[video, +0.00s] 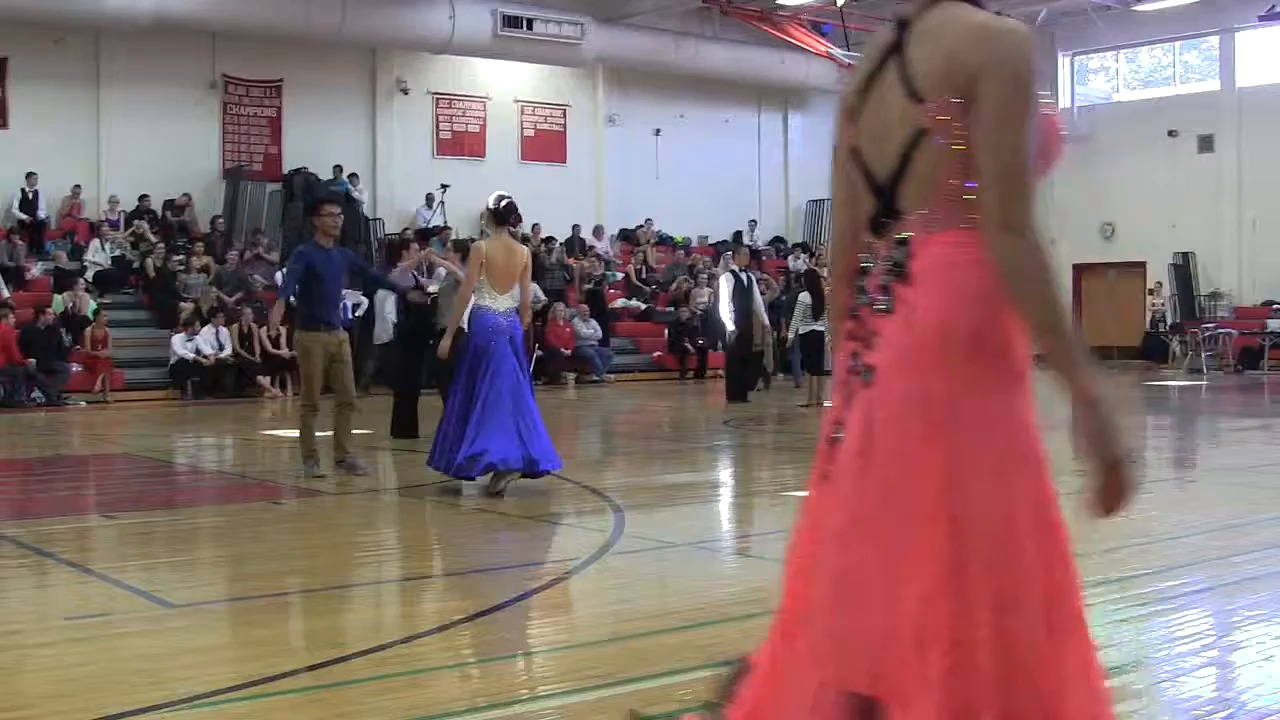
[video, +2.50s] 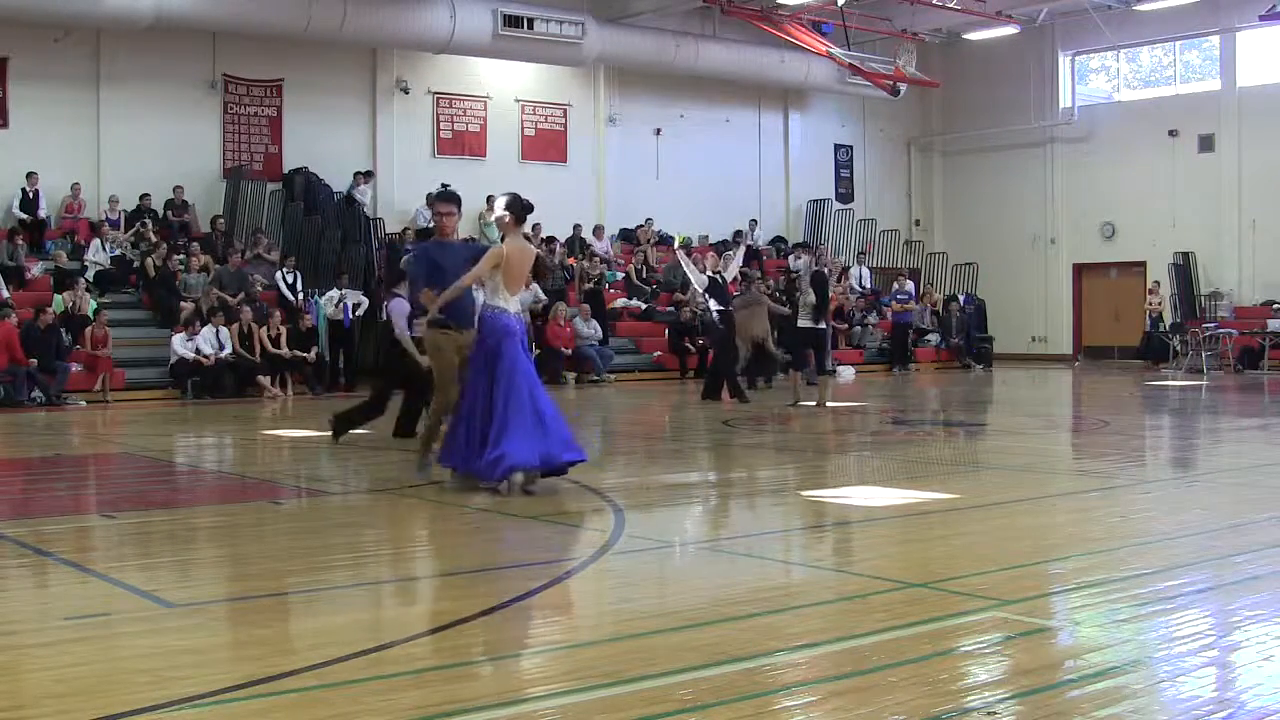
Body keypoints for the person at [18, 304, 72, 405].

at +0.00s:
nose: (52, 317)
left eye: (53, 314)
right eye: (49, 314)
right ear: (41, 316)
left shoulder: (54, 330)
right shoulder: (28, 330)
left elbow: (60, 348)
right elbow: (23, 348)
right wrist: (27, 359)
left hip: (50, 360)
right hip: (34, 361)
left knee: (64, 369)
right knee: (31, 372)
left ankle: (50, 394)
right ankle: (54, 394)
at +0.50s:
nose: (52, 317)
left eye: (52, 314)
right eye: (49, 314)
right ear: (41, 316)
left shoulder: (53, 329)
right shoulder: (28, 329)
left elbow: (60, 348)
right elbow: (24, 347)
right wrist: (27, 358)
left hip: (50, 359)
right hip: (33, 360)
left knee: (64, 369)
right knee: (31, 371)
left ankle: (49, 393)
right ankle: (54, 394)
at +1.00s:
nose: (52, 317)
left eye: (53, 314)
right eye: (49, 314)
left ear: (54, 315)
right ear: (41, 316)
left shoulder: (54, 329)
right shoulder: (28, 329)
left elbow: (60, 348)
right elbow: (23, 345)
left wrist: (61, 360)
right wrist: (27, 358)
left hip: (50, 360)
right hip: (34, 360)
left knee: (65, 368)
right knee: (31, 370)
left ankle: (53, 395)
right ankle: (52, 394)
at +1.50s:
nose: (52, 317)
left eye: (52, 314)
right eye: (49, 314)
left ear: (54, 316)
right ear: (41, 316)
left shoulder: (54, 329)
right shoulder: (29, 329)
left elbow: (60, 348)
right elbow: (25, 347)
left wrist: (61, 361)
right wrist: (29, 358)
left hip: (50, 360)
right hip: (35, 361)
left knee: (65, 368)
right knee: (31, 371)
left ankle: (53, 394)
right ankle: (51, 394)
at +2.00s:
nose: (52, 317)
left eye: (52, 314)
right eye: (49, 314)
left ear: (54, 315)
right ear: (41, 316)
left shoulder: (54, 329)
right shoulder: (28, 329)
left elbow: (60, 348)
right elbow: (24, 346)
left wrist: (61, 361)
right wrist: (28, 359)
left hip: (49, 360)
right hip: (34, 361)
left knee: (65, 367)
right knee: (31, 370)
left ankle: (54, 393)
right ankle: (51, 393)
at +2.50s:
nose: (53, 317)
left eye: (53, 314)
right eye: (50, 314)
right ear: (41, 316)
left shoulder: (54, 328)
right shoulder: (29, 328)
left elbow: (60, 347)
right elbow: (24, 344)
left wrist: (61, 359)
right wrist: (29, 358)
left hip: (50, 360)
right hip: (35, 361)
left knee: (64, 367)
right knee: (31, 371)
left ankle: (55, 394)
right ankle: (50, 394)